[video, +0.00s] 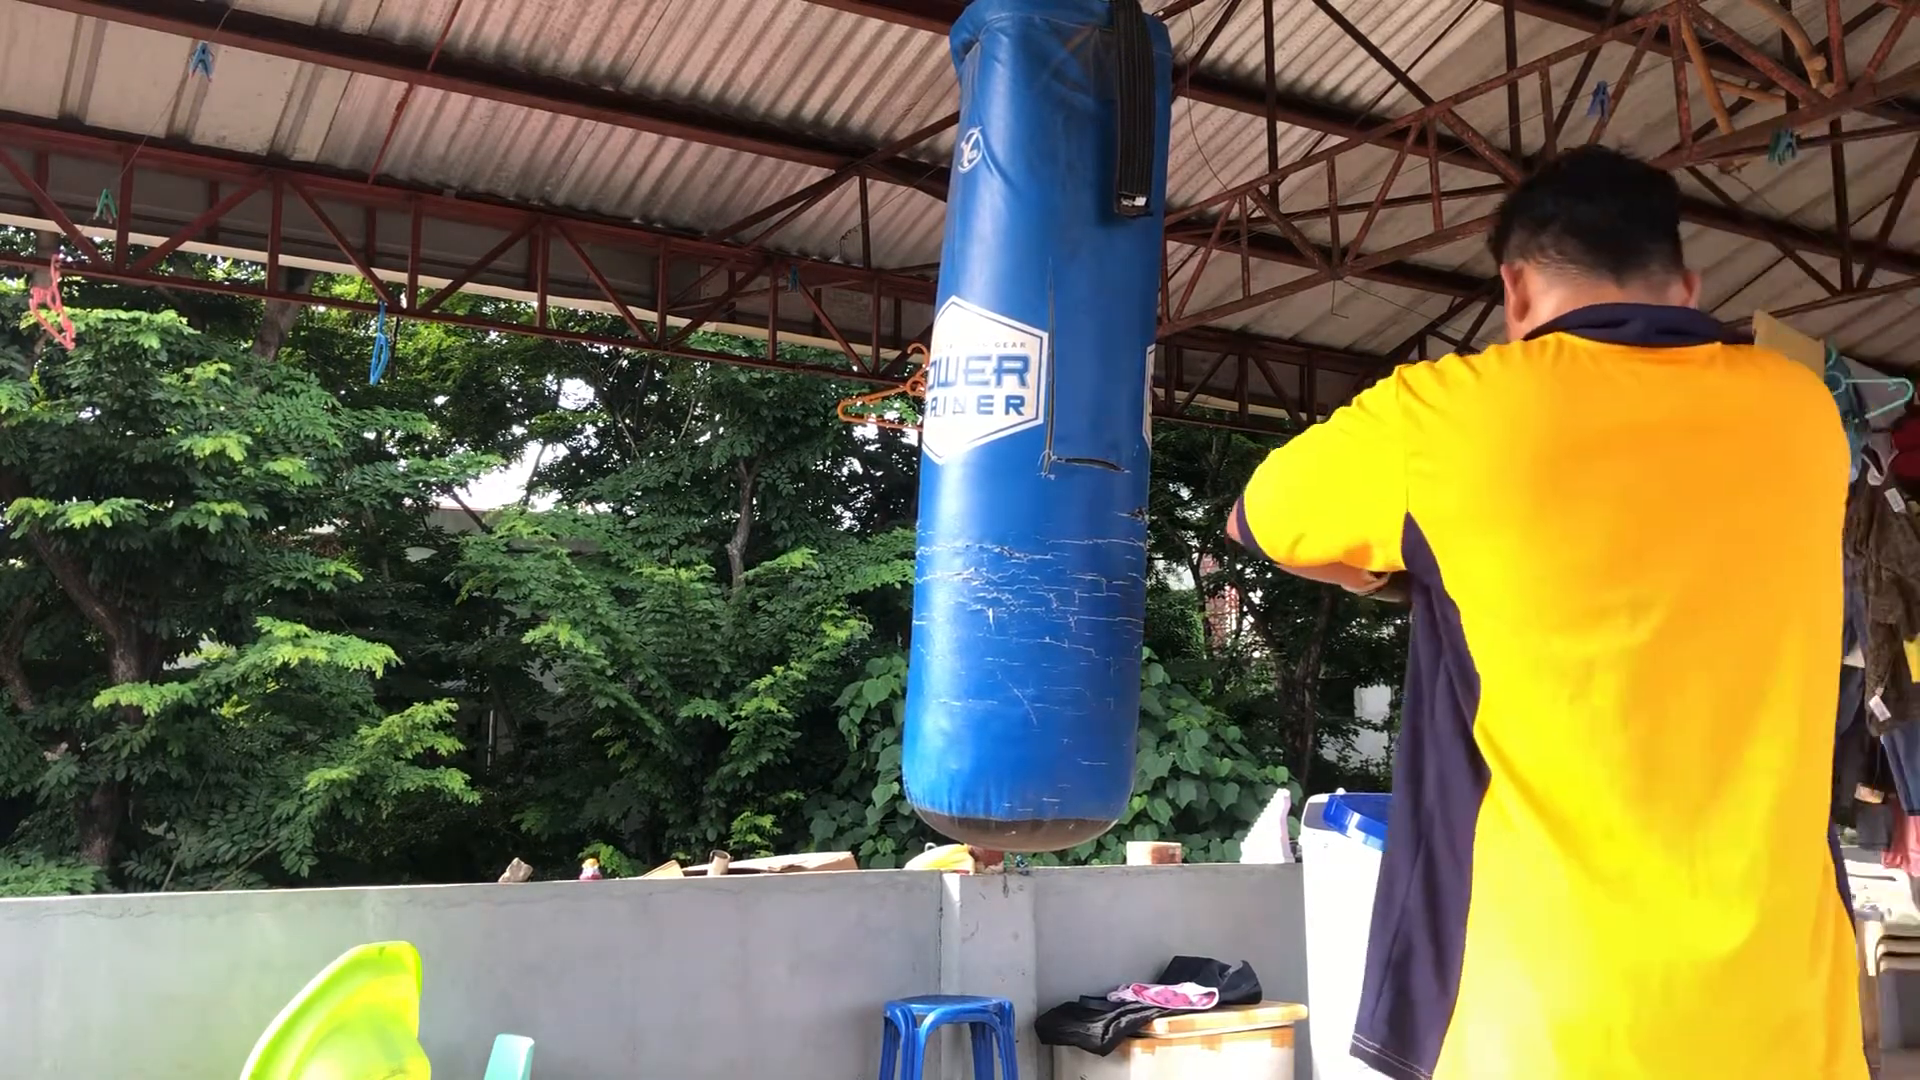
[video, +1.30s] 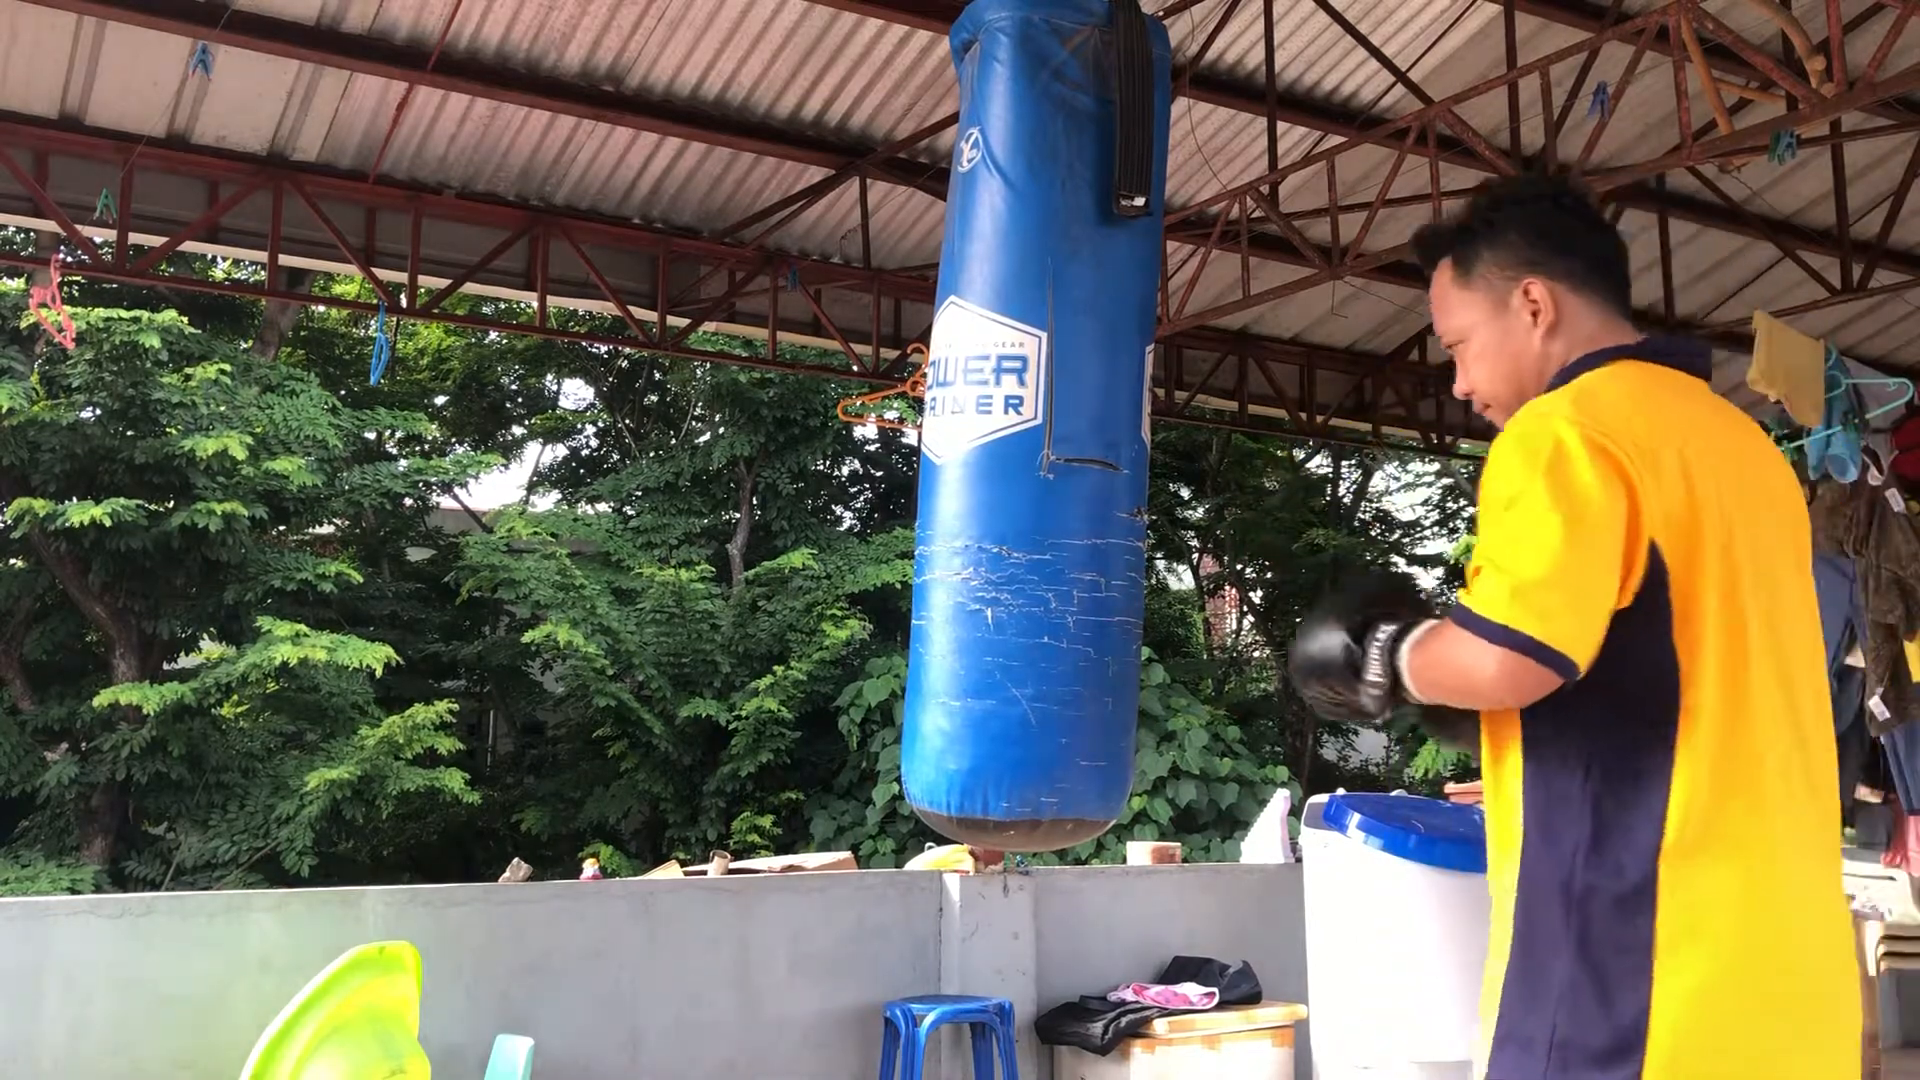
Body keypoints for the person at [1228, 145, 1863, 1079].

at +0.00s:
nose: (1501, 330)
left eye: (1497, 313)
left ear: (1517, 297)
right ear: (1689, 294)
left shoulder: (1443, 408)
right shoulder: (1806, 410)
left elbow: (1269, 521)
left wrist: (1437, 555)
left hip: (1533, 1029)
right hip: (1789, 1020)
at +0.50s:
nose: (1570, 355)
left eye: (1568, 329)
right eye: (1567, 333)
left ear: (1605, 307)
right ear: (1739, 312)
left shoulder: (1557, 414)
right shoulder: (1873, 445)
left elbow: (1367, 581)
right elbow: (1895, 674)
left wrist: (1457, 655)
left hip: (1604, 1019)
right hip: (1827, 1018)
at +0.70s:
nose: (1598, 390)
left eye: (1594, 353)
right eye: (1588, 362)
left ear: (1652, 310)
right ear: (1758, 317)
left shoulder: (1632, 428)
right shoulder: (1893, 464)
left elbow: (1475, 651)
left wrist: (1423, 622)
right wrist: (1553, 810)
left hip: (1683, 1015)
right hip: (1889, 1011)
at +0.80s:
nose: (1592, 394)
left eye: (1591, 353)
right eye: (1584, 363)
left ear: (1663, 313)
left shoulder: (1673, 431)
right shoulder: (1890, 470)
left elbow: (1581, 651)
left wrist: (1442, 651)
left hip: (1683, 1019)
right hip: (1878, 1013)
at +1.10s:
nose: (1543, 391)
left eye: (1543, 351)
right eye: (1533, 361)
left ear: (1630, 316)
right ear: (1638, 316)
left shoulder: (1658, 437)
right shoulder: (1811, 456)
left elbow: (1630, 662)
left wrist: (1496, 680)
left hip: (1662, 1011)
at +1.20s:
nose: (1503, 384)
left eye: (1504, 344)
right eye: (1494, 354)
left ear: (1590, 311)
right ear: (1600, 313)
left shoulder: (1629, 436)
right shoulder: (1765, 441)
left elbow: (1577, 666)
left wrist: (1447, 674)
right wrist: (1557, 785)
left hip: (1651, 1005)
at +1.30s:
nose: (1458, 388)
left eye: (1457, 348)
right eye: (1449, 359)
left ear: (1535, 308)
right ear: (1544, 307)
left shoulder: (1569, 431)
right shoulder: (1749, 443)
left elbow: (1514, 656)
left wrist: (1387, 648)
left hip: (1626, 1012)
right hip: (1789, 1000)